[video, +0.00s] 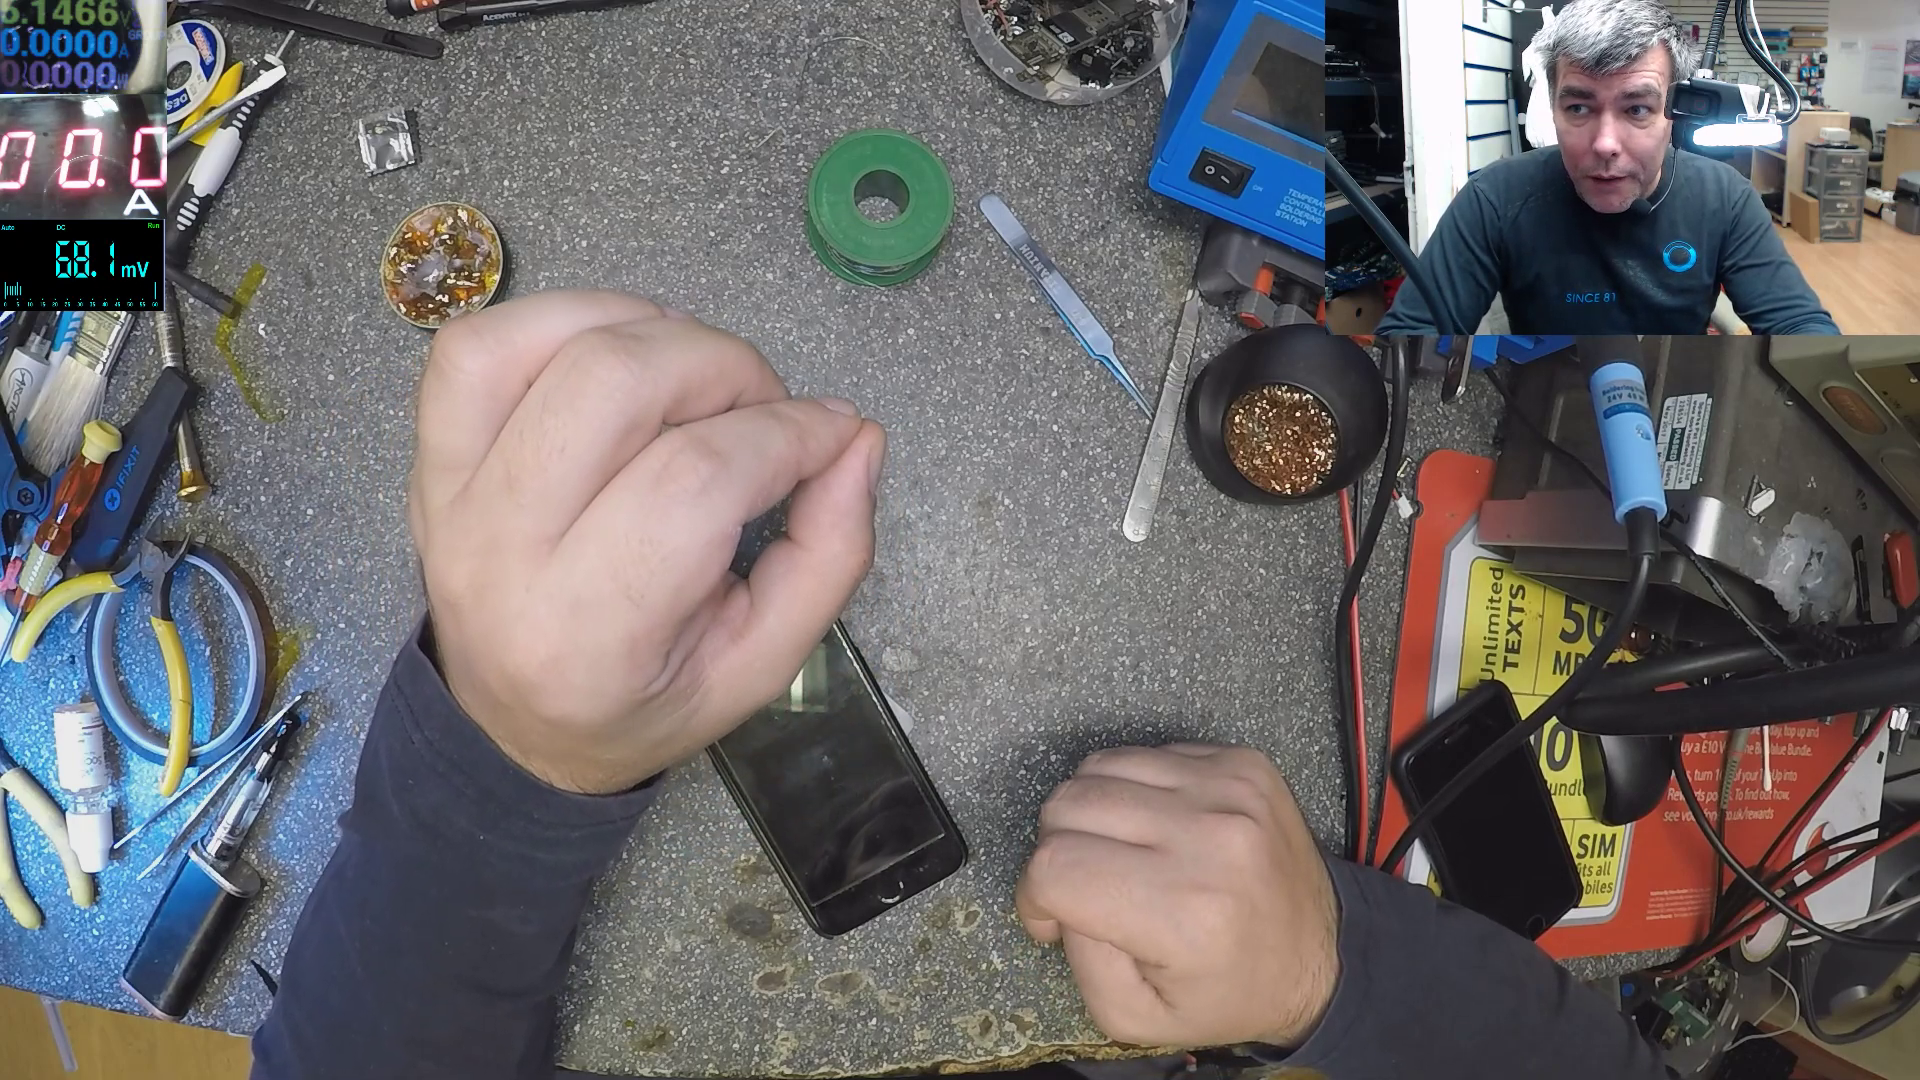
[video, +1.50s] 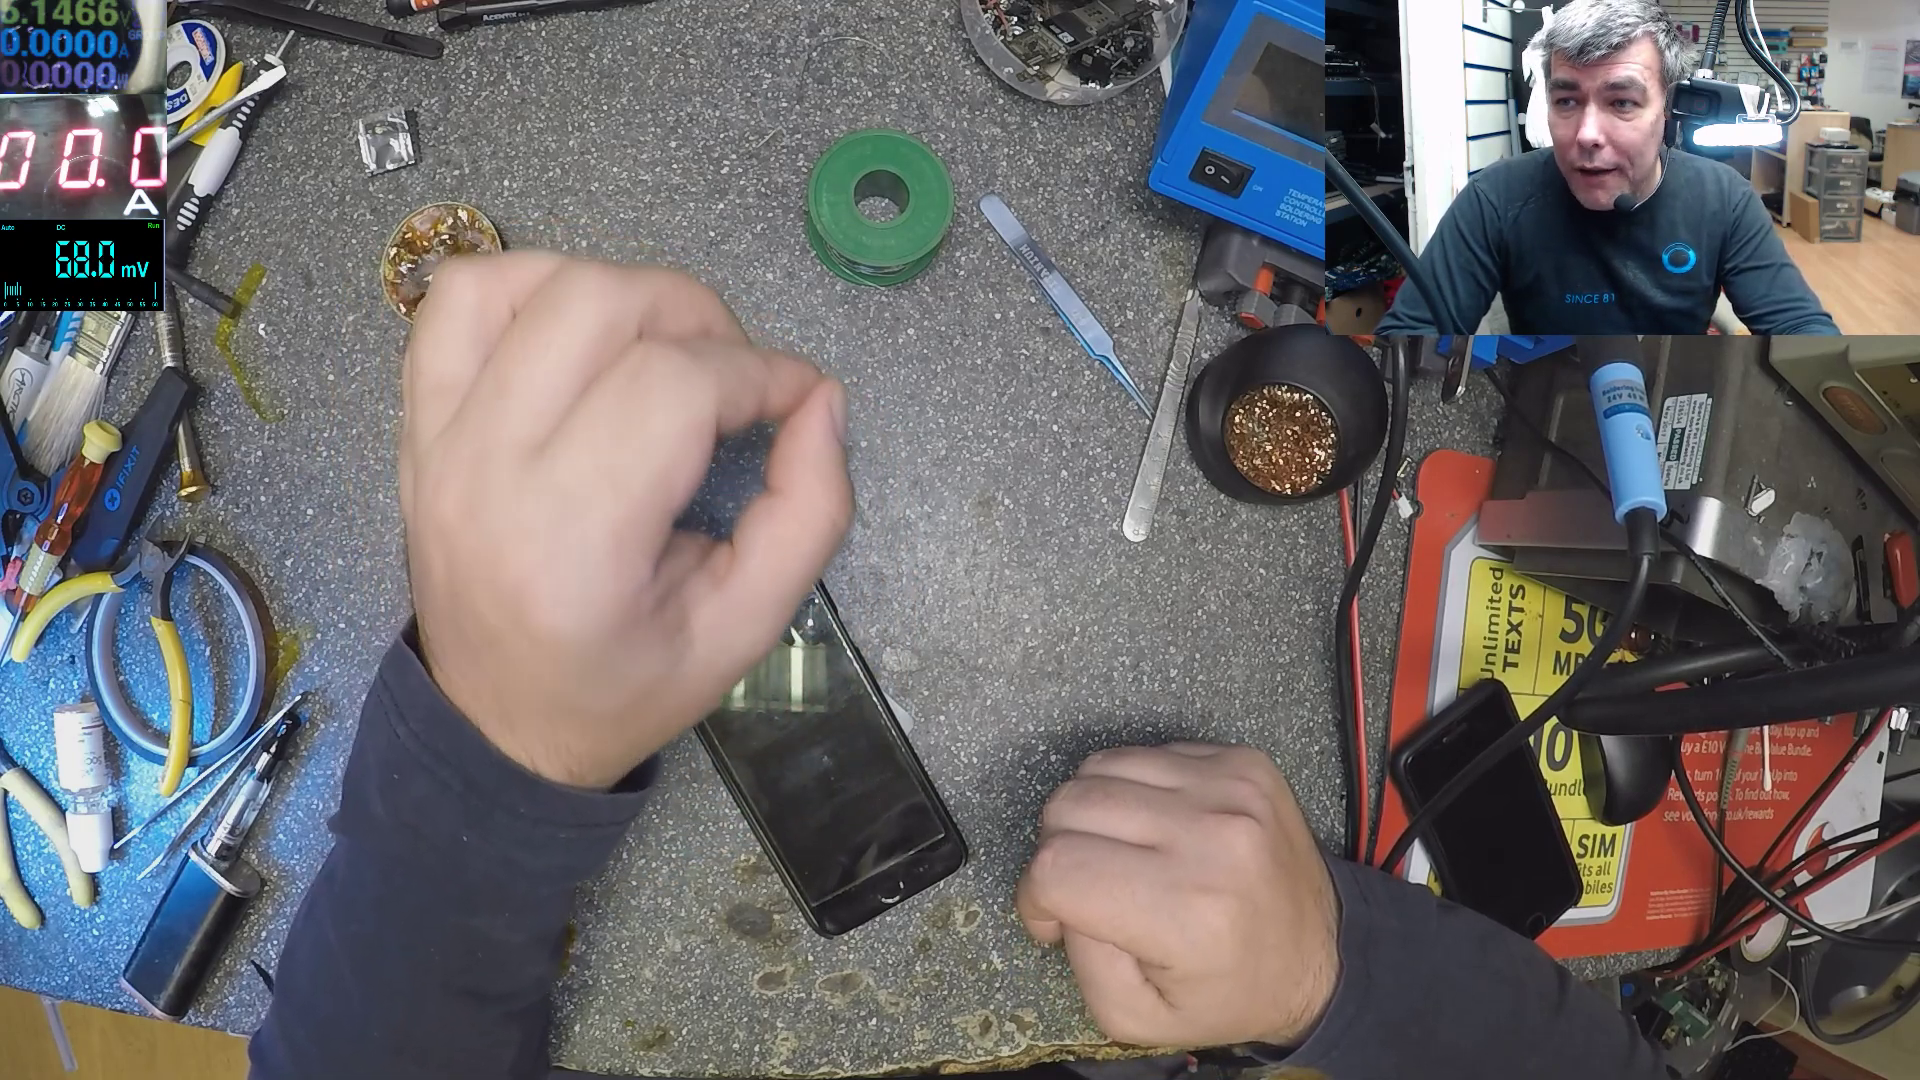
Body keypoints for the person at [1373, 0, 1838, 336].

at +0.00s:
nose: (1606, 145)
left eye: (1636, 111)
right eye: (1579, 109)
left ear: (1670, 113)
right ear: (1550, 109)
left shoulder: (1722, 199)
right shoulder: (1495, 203)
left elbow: (1801, 327)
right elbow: (1407, 337)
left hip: (1681, 421)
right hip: (1544, 422)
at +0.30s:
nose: (1613, 138)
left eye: (1640, 105)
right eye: (1583, 104)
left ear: (1671, 111)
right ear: (1552, 111)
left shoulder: (1722, 199)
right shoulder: (1496, 202)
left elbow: (1801, 325)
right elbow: (1408, 334)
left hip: (1683, 419)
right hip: (1546, 422)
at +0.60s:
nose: (1589, 143)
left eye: (1624, 110)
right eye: (1569, 105)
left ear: (1666, 116)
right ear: (1546, 108)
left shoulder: (1721, 200)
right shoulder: (1496, 202)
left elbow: (1804, 330)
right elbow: (1407, 338)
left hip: (1682, 419)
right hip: (1545, 420)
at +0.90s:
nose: (1589, 146)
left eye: (1621, 112)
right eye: (1567, 109)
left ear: (1665, 116)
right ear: (1543, 109)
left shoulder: (1720, 199)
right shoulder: (1496, 202)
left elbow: (1801, 328)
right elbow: (1406, 335)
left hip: (1681, 422)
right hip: (1545, 424)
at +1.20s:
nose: (1599, 125)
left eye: (1629, 95)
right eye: (1575, 95)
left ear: (1668, 107)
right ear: (1549, 106)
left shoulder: (1721, 199)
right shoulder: (1495, 202)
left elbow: (1800, 327)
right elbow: (1407, 337)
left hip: (1682, 416)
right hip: (1544, 418)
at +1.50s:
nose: (1589, 135)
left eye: (1623, 103)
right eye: (1568, 101)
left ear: (1666, 111)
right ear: (1545, 108)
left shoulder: (1721, 200)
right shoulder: (1496, 203)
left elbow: (1802, 329)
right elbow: (1407, 337)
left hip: (1681, 419)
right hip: (1544, 420)